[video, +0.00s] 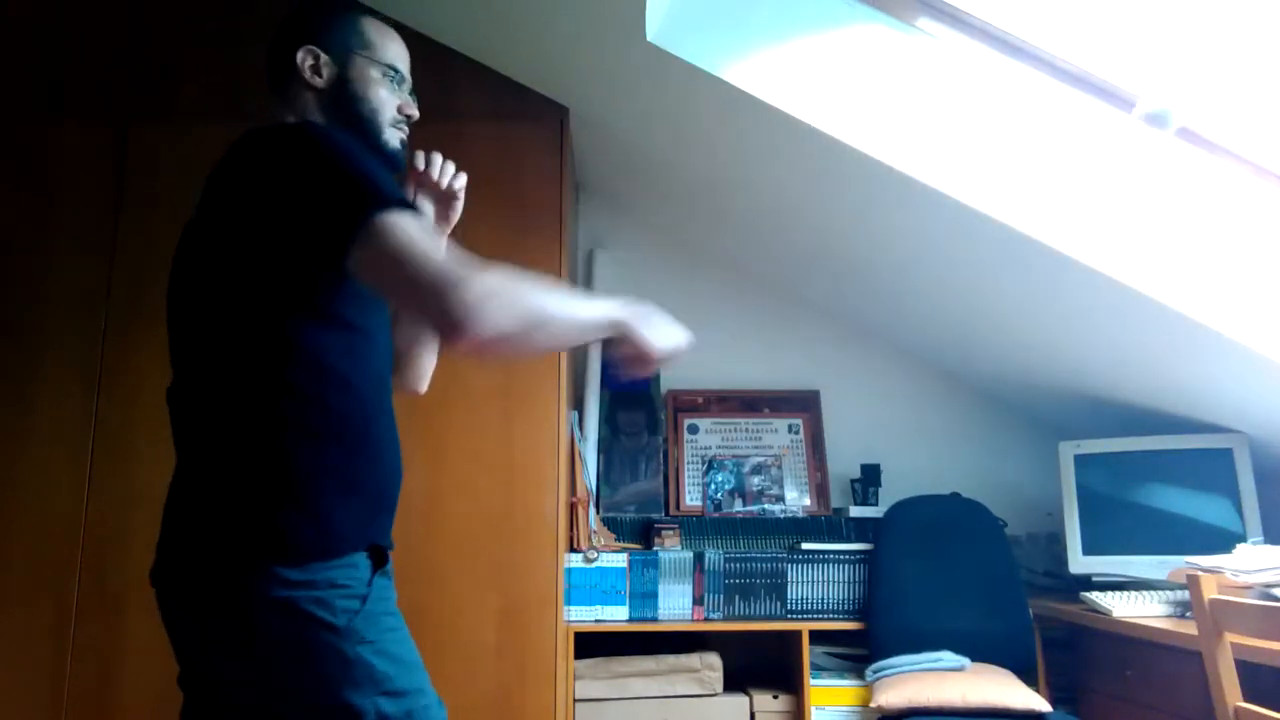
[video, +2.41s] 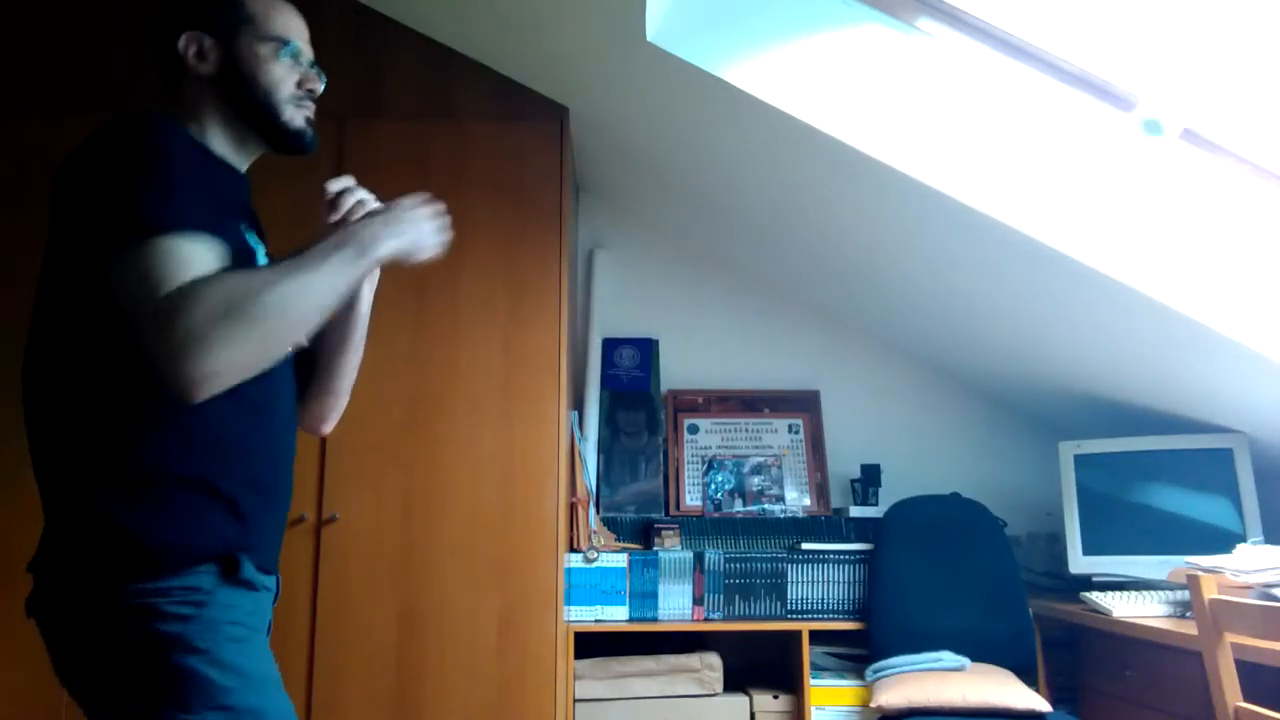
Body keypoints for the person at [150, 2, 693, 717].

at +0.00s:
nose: (412, 108)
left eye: (411, 90)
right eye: (392, 78)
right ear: (315, 68)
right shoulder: (307, 160)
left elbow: (408, 372)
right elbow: (466, 308)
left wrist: (425, 239)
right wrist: (620, 314)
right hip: (306, 577)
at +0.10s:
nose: (399, 100)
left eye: (394, 83)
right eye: (375, 72)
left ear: (302, 76)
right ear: (298, 71)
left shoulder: (251, 176)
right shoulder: (282, 167)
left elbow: (407, 367)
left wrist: (423, 255)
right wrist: (508, 332)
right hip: (295, 575)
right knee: (393, 708)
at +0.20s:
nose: (380, 100)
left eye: (375, 82)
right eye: (354, 74)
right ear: (276, 77)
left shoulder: (293, 219)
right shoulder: (234, 184)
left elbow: (412, 381)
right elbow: (240, 381)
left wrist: (416, 259)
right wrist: (417, 330)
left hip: (301, 579)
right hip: (265, 584)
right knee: (374, 707)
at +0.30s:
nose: (356, 98)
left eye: (352, 84)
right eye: (327, 74)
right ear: (250, 81)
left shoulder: (292, 239)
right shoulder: (193, 188)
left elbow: (401, 389)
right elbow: (163, 395)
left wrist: (393, 266)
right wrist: (358, 327)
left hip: (291, 582)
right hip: (240, 584)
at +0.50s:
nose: (316, 92)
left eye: (312, 78)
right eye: (286, 70)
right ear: (208, 79)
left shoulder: (274, 229)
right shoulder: (139, 185)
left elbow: (372, 390)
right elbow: (80, 391)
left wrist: (359, 277)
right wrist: (276, 315)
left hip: (256, 561)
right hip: (170, 562)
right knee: (252, 708)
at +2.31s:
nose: (299, 91)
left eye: (297, 77)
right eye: (267, 66)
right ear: (186, 75)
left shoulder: (243, 239)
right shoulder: (116, 183)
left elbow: (322, 422)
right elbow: (101, 394)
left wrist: (354, 289)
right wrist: (301, 271)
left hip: (233, 595)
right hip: (153, 597)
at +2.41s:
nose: (315, 77)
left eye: (313, 61)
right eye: (285, 51)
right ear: (201, 54)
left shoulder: (224, 201)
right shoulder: (149, 160)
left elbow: (316, 408)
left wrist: (354, 260)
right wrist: (370, 243)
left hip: (213, 587)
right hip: (164, 589)